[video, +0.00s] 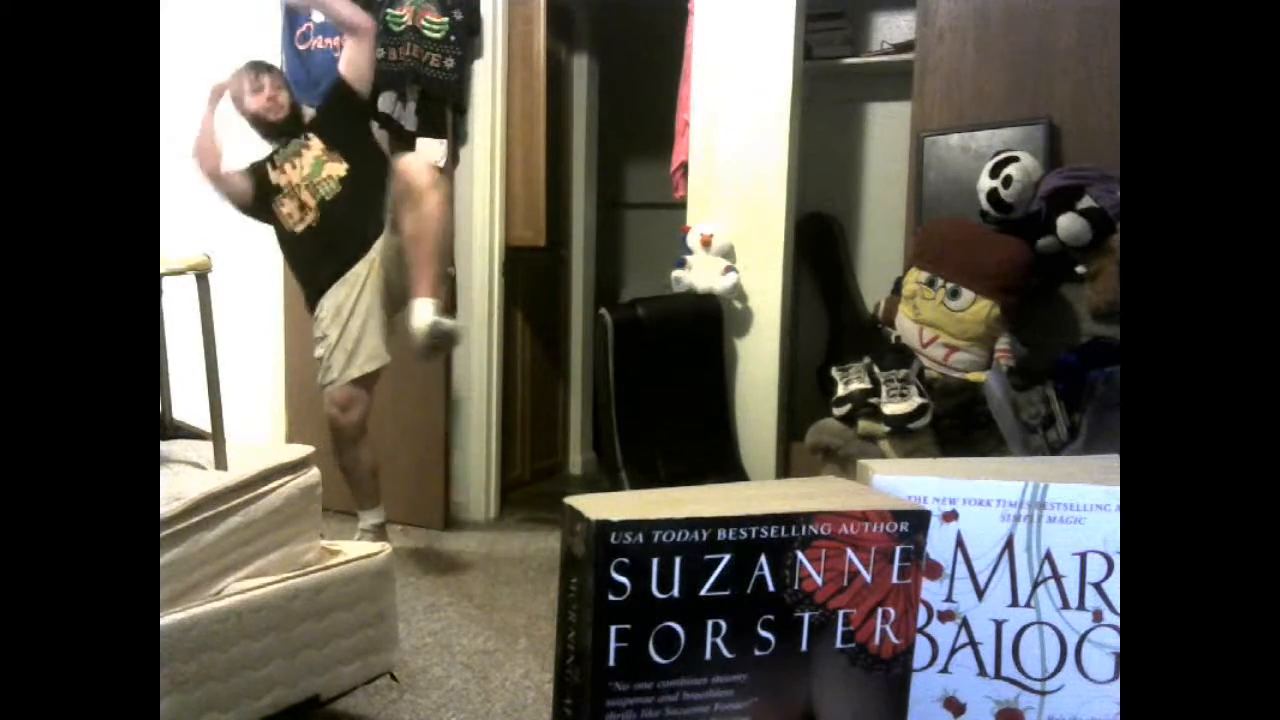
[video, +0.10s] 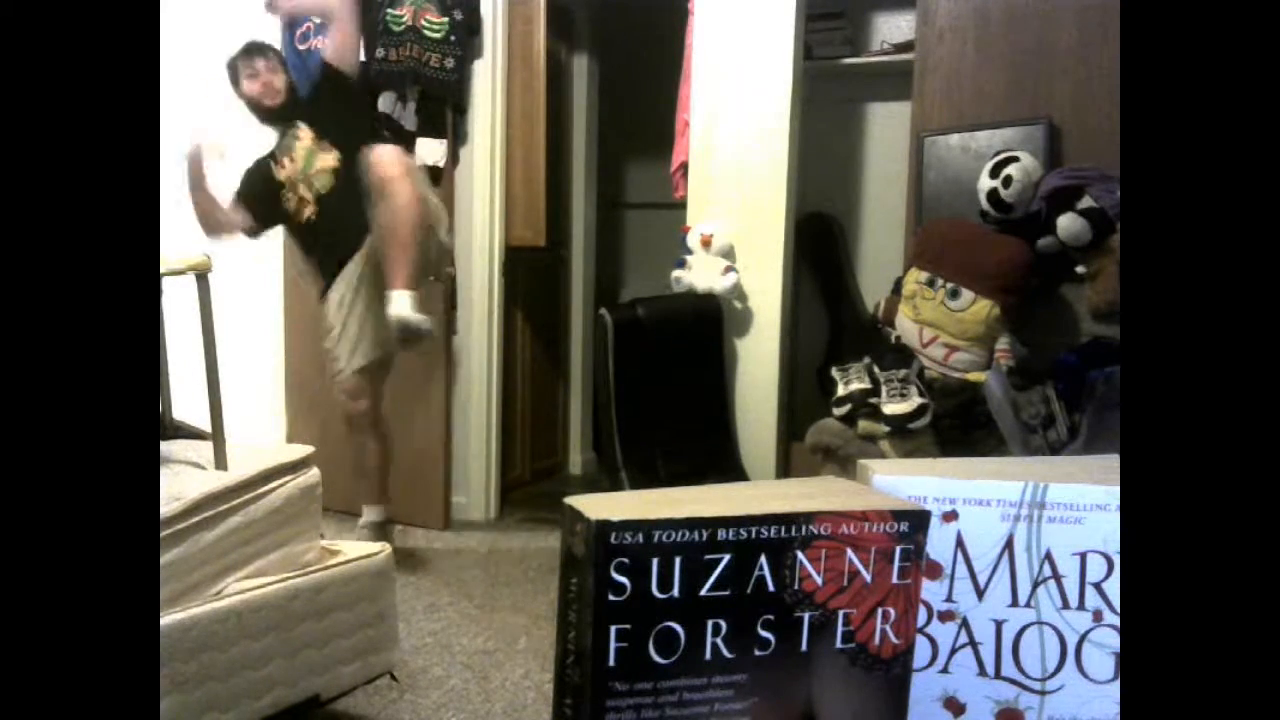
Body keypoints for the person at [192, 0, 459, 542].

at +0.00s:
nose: (262, 92)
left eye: (265, 81)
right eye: (251, 92)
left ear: (286, 85)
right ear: (247, 114)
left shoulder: (339, 114)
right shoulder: (262, 182)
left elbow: (362, 28)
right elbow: (210, 168)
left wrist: (311, 4)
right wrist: (212, 103)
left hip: (390, 250)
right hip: (337, 297)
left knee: (415, 168)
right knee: (344, 414)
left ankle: (425, 311)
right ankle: (372, 524)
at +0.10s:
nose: (260, 82)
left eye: (266, 70)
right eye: (249, 78)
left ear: (286, 70)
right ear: (240, 94)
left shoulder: (329, 95)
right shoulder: (267, 175)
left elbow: (346, 15)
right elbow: (220, 225)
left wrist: (289, 9)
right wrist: (196, 176)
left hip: (399, 234)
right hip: (345, 278)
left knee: (384, 157)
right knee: (358, 404)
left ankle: (402, 300)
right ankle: (375, 518)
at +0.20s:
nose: (258, 82)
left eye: (264, 69)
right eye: (244, 79)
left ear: (282, 70)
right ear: (236, 96)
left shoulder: (324, 95)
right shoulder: (265, 177)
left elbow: (336, 24)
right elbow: (237, 248)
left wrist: (300, 19)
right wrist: (212, 224)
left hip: (409, 236)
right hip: (353, 277)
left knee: (362, 162)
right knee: (363, 405)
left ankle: (391, 301)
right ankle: (376, 523)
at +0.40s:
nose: (246, 103)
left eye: (251, 89)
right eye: (234, 100)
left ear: (271, 88)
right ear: (228, 115)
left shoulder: (311, 117)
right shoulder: (278, 188)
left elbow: (329, 158)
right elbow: (285, 274)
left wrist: (297, 195)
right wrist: (251, 300)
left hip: (410, 245)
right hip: (355, 276)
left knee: (327, 210)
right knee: (333, 399)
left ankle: (359, 343)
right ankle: (369, 517)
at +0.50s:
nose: (245, 114)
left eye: (250, 100)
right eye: (234, 111)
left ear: (272, 96)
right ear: (232, 125)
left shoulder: (312, 123)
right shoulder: (282, 188)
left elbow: (313, 147)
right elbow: (297, 284)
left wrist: (297, 179)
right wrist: (258, 354)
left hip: (412, 260)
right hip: (356, 292)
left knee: (320, 234)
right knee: (296, 387)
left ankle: (329, 369)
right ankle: (350, 500)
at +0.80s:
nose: (241, 146)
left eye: (246, 131)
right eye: (228, 141)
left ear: (267, 129)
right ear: (222, 153)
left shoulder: (302, 151)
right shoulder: (274, 232)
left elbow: (343, 159)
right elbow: (285, 310)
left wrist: (359, 226)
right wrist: (234, 375)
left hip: (396, 296)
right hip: (349, 321)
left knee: (276, 316)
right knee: (300, 418)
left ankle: (289, 422)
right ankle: (365, 511)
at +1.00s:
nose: (237, 146)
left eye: (243, 130)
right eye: (225, 140)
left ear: (266, 127)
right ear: (219, 151)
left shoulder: (305, 150)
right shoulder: (272, 228)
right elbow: (283, 303)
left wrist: (326, 236)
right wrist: (244, 372)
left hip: (397, 293)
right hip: (350, 312)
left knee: (277, 318)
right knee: (305, 421)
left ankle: (295, 421)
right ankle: (369, 512)